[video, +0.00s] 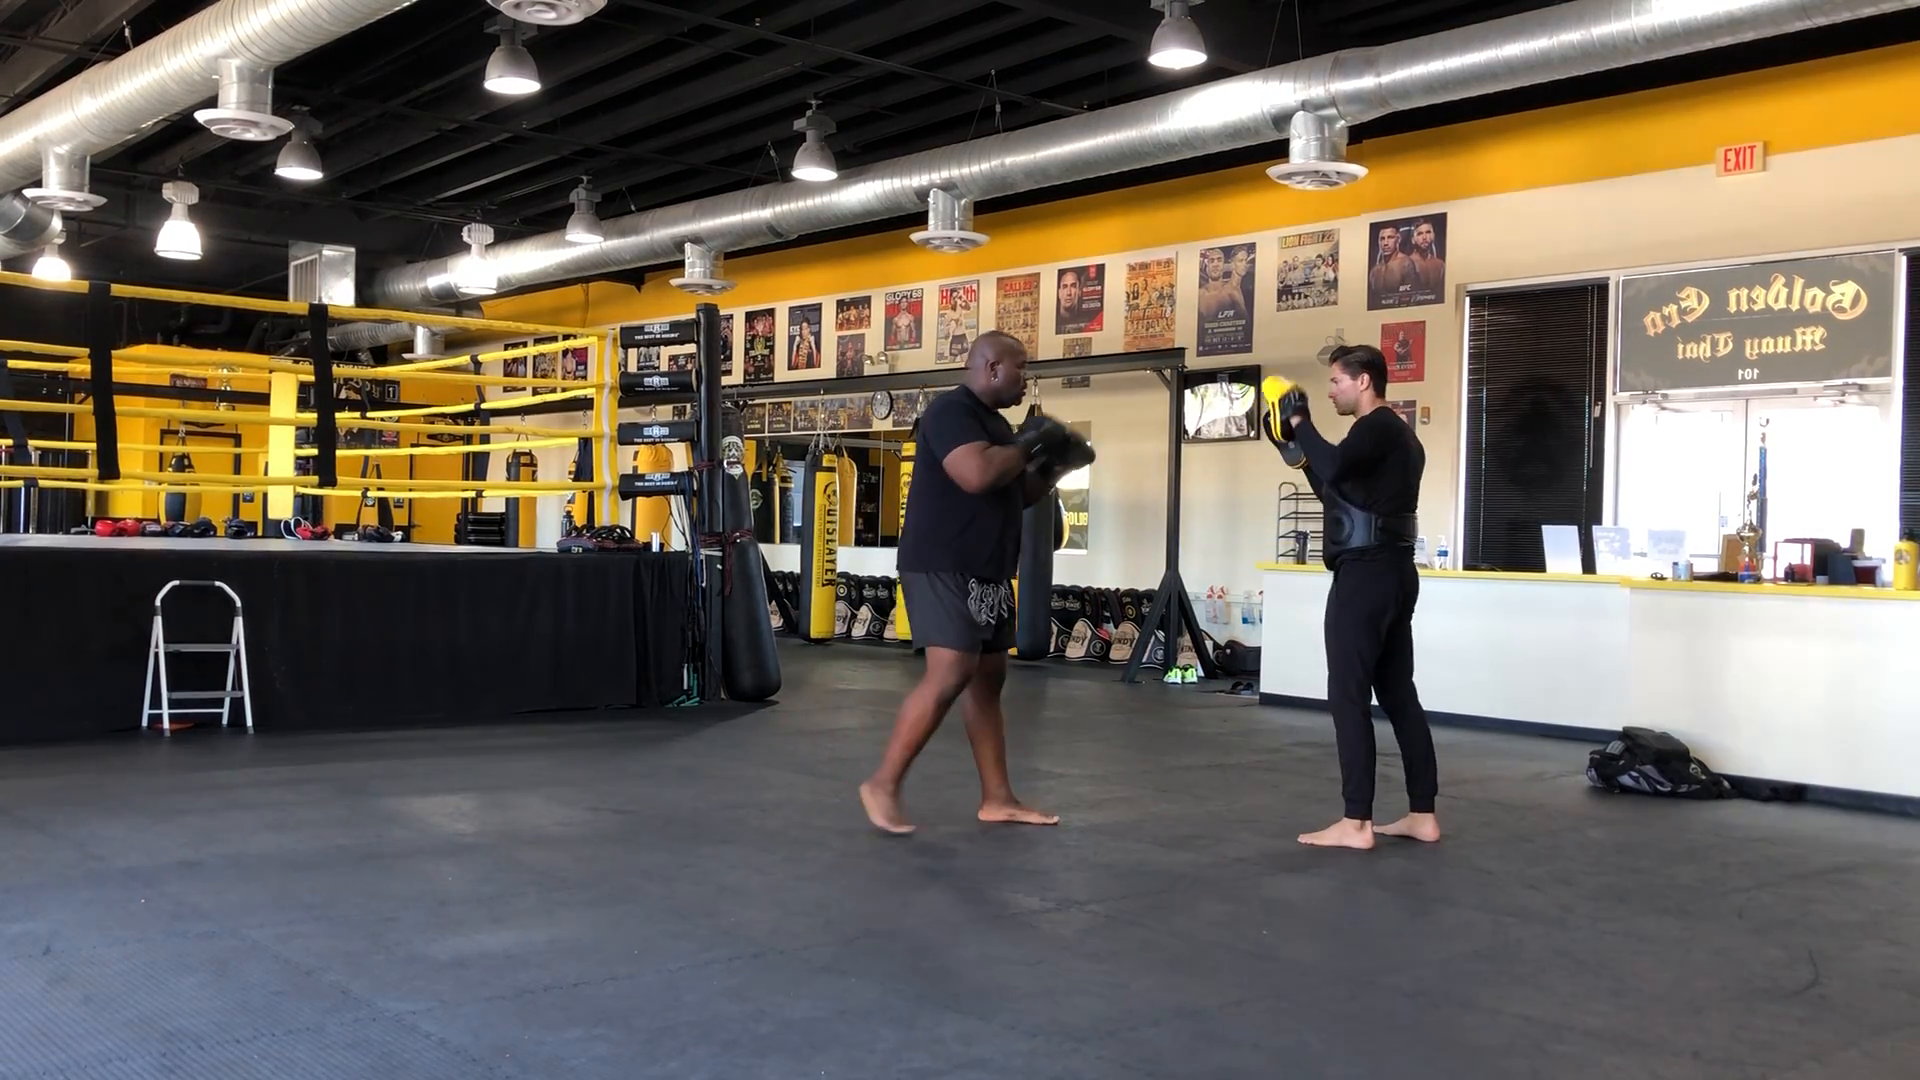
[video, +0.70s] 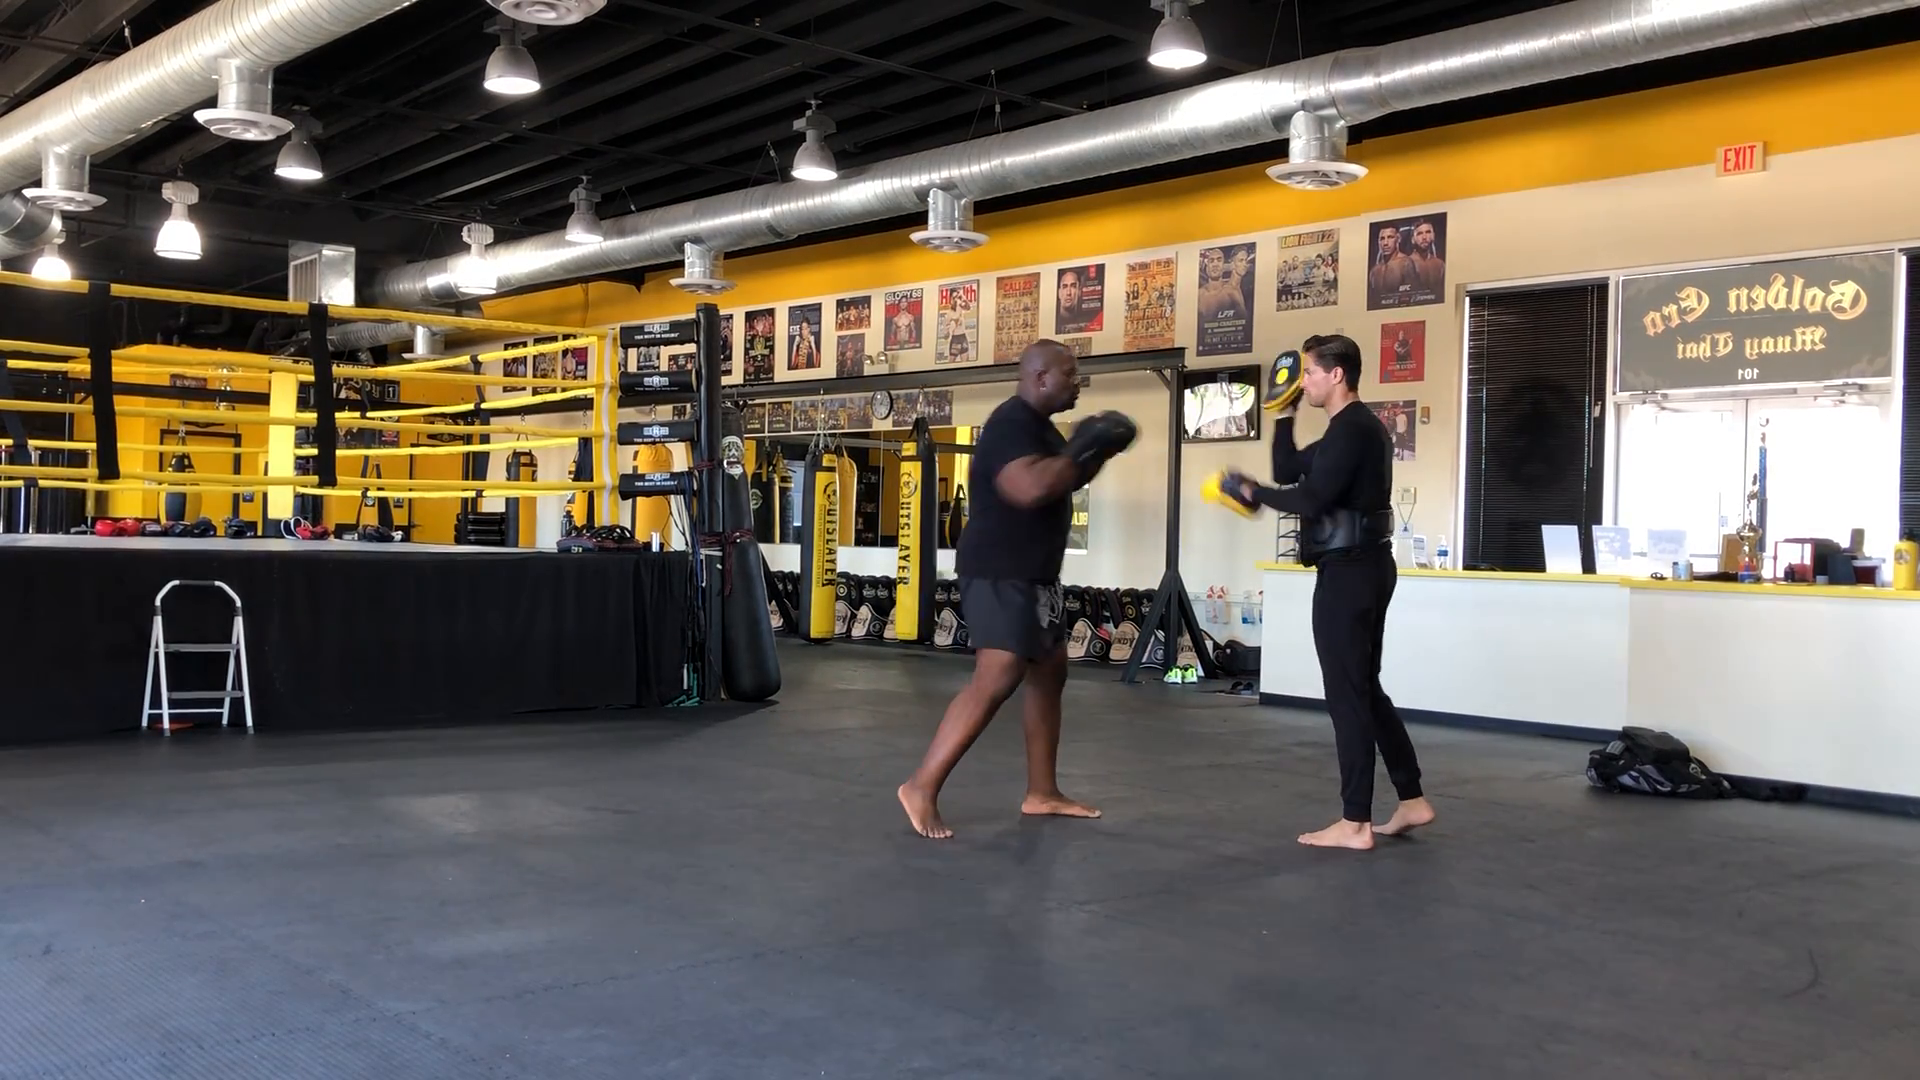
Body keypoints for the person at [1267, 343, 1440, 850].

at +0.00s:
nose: (1331, 391)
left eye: (1337, 381)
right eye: (1331, 382)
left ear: (1363, 381)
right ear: (1369, 383)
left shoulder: (1374, 426)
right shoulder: (1403, 435)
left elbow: (1336, 467)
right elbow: (1339, 491)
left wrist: (1301, 424)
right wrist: (1299, 451)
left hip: (1362, 575)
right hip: (1397, 574)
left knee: (1347, 698)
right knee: (1399, 695)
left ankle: (1355, 822)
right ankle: (1422, 815)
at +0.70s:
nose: (1302, 381)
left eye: (1309, 373)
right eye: (1303, 372)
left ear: (1336, 375)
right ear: (1339, 376)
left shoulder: (1350, 427)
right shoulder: (1357, 425)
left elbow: (1314, 499)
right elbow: (1288, 469)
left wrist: (1257, 495)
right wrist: (1282, 410)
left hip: (1347, 573)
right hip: (1368, 569)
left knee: (1345, 696)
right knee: (1364, 688)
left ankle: (1355, 823)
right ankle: (1413, 800)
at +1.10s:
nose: (1313, 384)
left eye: (1319, 375)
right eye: (1313, 374)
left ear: (1347, 378)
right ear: (1351, 379)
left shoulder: (1364, 431)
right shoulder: (1387, 426)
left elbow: (1363, 515)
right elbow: (1356, 494)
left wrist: (1306, 534)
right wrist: (1306, 485)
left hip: (1365, 575)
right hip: (1389, 571)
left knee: (1360, 699)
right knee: (1384, 691)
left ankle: (1357, 823)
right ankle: (1418, 806)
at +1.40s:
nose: (1343, 386)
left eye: (1348, 377)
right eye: (1343, 377)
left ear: (1373, 379)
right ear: (1383, 379)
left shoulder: (1380, 433)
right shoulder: (1434, 431)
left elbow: (1368, 510)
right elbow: (1418, 508)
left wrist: (1325, 521)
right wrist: (1352, 512)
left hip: (1386, 573)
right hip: (1428, 571)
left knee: (1370, 697)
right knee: (1433, 694)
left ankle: (1358, 824)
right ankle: (1491, 809)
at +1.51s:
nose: (1360, 390)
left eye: (1364, 380)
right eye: (1359, 380)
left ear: (1390, 379)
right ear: (1403, 381)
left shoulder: (1393, 435)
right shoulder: (1450, 433)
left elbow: (1378, 509)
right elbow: (1432, 506)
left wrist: (1331, 512)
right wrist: (1354, 511)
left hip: (1397, 578)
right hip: (1443, 578)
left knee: (1377, 701)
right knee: (1455, 700)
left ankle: (1358, 824)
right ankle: (1495, 822)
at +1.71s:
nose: (1393, 395)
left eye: (1397, 384)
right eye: (1392, 384)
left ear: (1423, 383)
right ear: (1434, 384)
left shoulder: (1424, 436)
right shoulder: (1481, 438)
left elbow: (1410, 508)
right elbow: (1458, 514)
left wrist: (1361, 501)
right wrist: (1384, 515)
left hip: (1430, 583)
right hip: (1478, 583)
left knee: (1393, 701)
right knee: (1489, 705)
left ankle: (1359, 823)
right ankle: (1502, 832)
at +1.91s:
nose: (1418, 395)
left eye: (1421, 384)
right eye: (1417, 384)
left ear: (1448, 381)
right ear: (1458, 384)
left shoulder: (1451, 431)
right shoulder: (1503, 437)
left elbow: (1436, 497)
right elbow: (1461, 514)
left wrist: (1385, 482)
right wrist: (1394, 509)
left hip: (1444, 582)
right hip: (1491, 584)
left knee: (1392, 693)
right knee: (1497, 708)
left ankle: (1370, 820)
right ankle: (1502, 832)